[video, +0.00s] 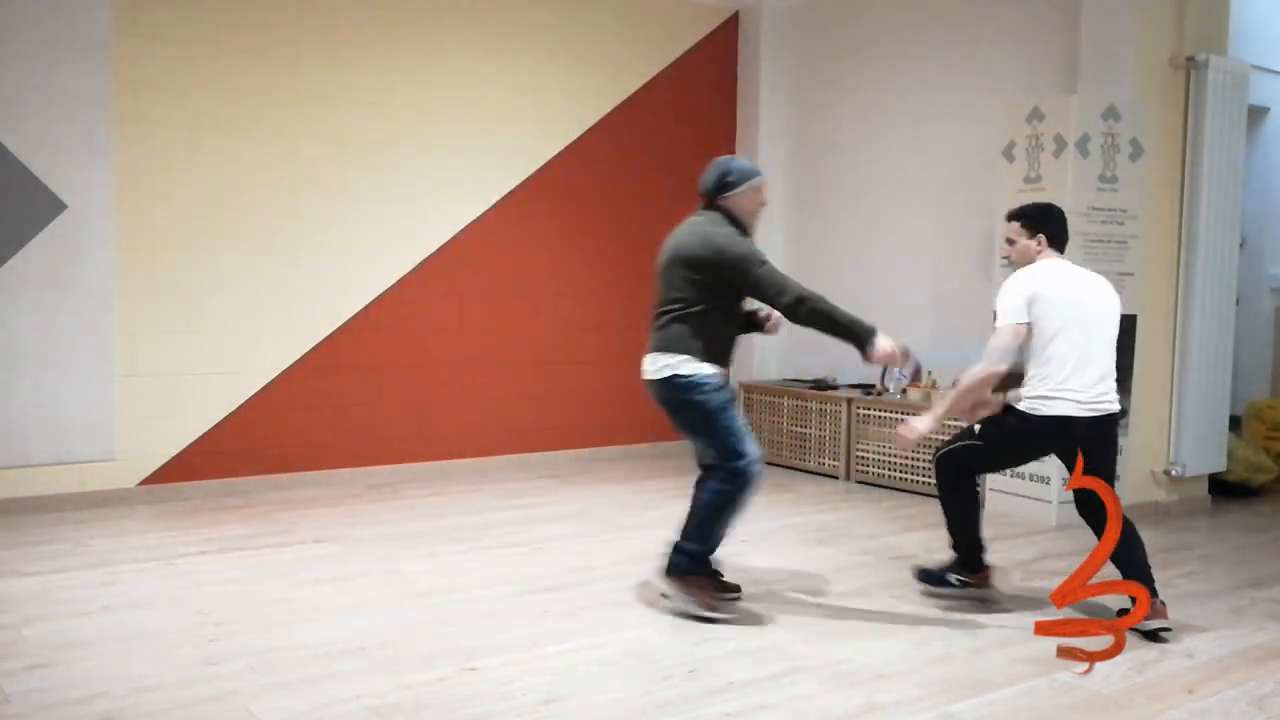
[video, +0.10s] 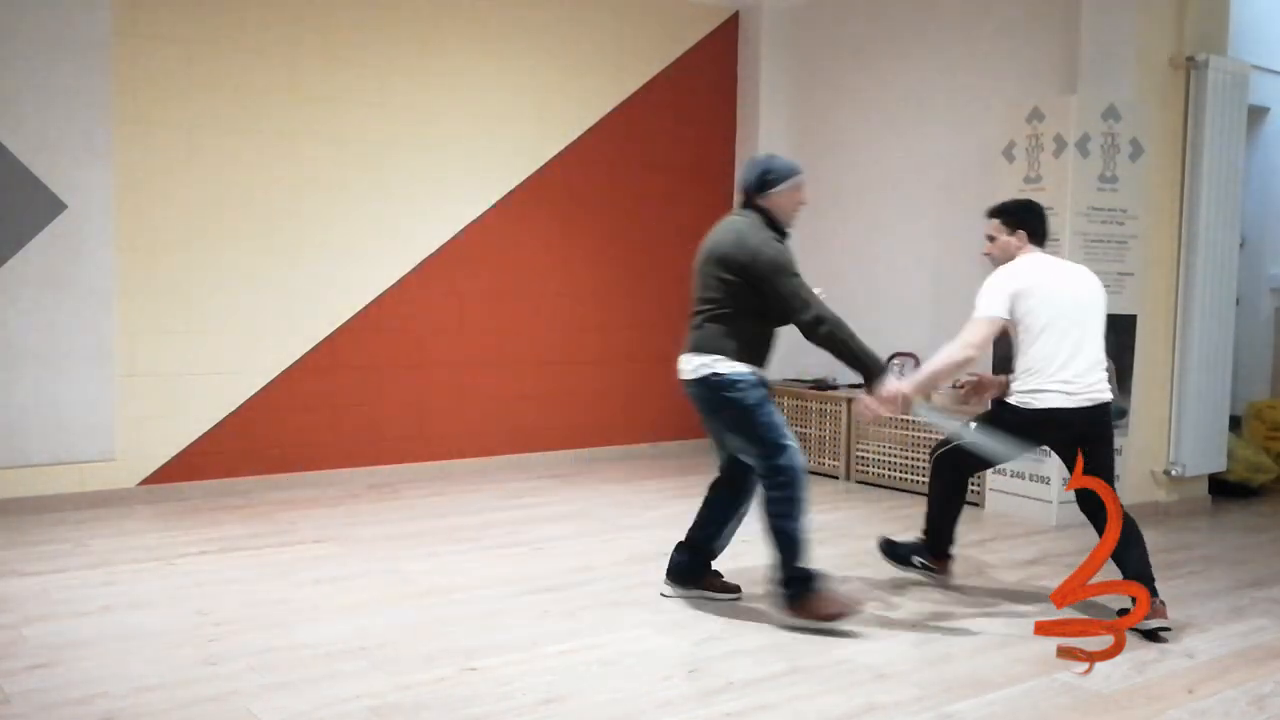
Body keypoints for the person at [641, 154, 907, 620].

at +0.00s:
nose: (762, 203)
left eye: (761, 193)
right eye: (755, 193)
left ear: (721, 198)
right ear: (730, 196)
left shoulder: (694, 233)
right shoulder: (718, 238)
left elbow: (703, 309)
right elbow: (791, 297)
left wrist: (753, 320)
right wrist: (868, 338)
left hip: (676, 369)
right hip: (690, 372)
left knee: (725, 466)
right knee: (740, 465)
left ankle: (691, 562)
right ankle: (687, 566)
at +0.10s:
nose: (800, 202)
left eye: (800, 192)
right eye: (793, 192)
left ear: (758, 196)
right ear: (766, 194)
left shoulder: (730, 231)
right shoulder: (759, 245)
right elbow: (813, 319)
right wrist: (876, 372)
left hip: (703, 371)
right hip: (728, 374)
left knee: (740, 470)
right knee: (784, 466)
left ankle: (690, 564)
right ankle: (799, 587)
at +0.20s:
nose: (841, 205)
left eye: (841, 195)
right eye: (834, 196)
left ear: (805, 198)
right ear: (805, 198)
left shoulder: (778, 234)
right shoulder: (795, 248)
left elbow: (793, 306)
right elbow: (830, 334)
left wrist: (845, 298)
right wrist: (876, 405)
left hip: (752, 381)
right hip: (774, 386)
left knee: (758, 478)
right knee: (825, 490)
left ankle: (692, 563)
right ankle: (875, 596)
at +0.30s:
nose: (884, 209)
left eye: (883, 199)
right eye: (877, 199)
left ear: (846, 204)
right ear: (850, 203)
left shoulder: (829, 242)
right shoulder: (834, 257)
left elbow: (867, 309)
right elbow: (844, 353)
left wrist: (908, 303)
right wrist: (872, 427)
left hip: (799, 391)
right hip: (819, 395)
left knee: (815, 483)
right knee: (880, 484)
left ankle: (721, 543)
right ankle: (895, 603)